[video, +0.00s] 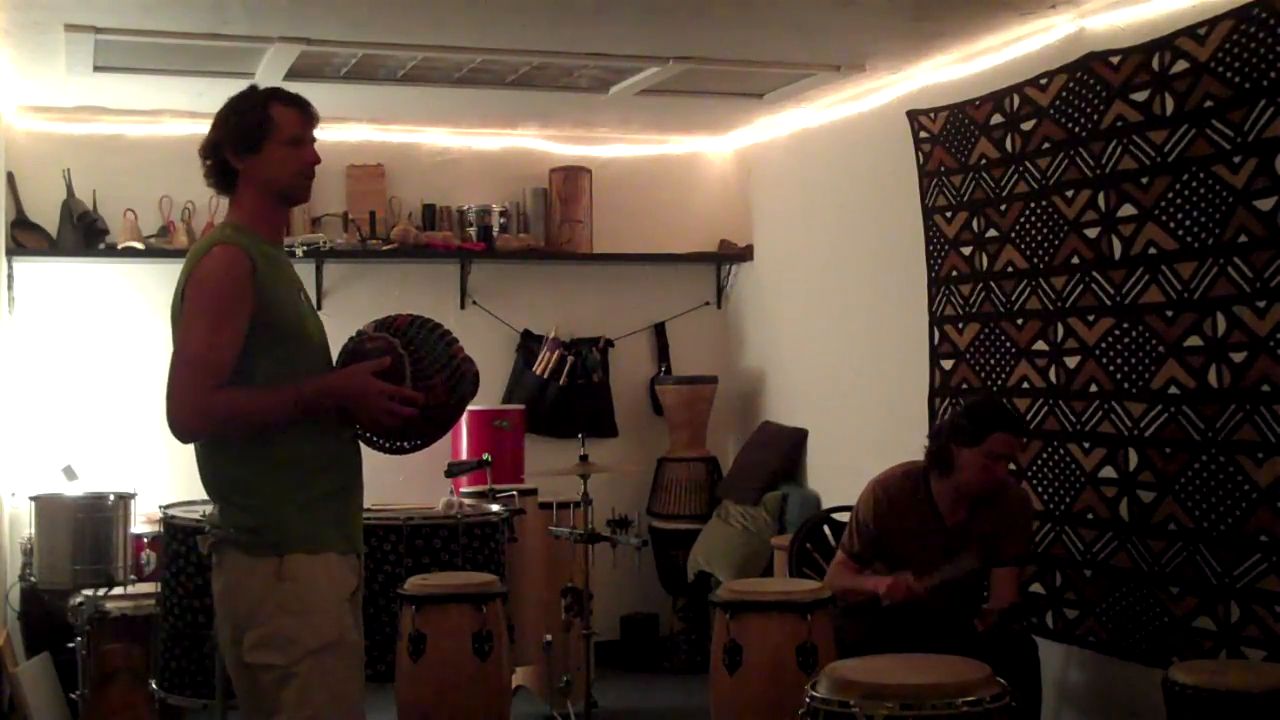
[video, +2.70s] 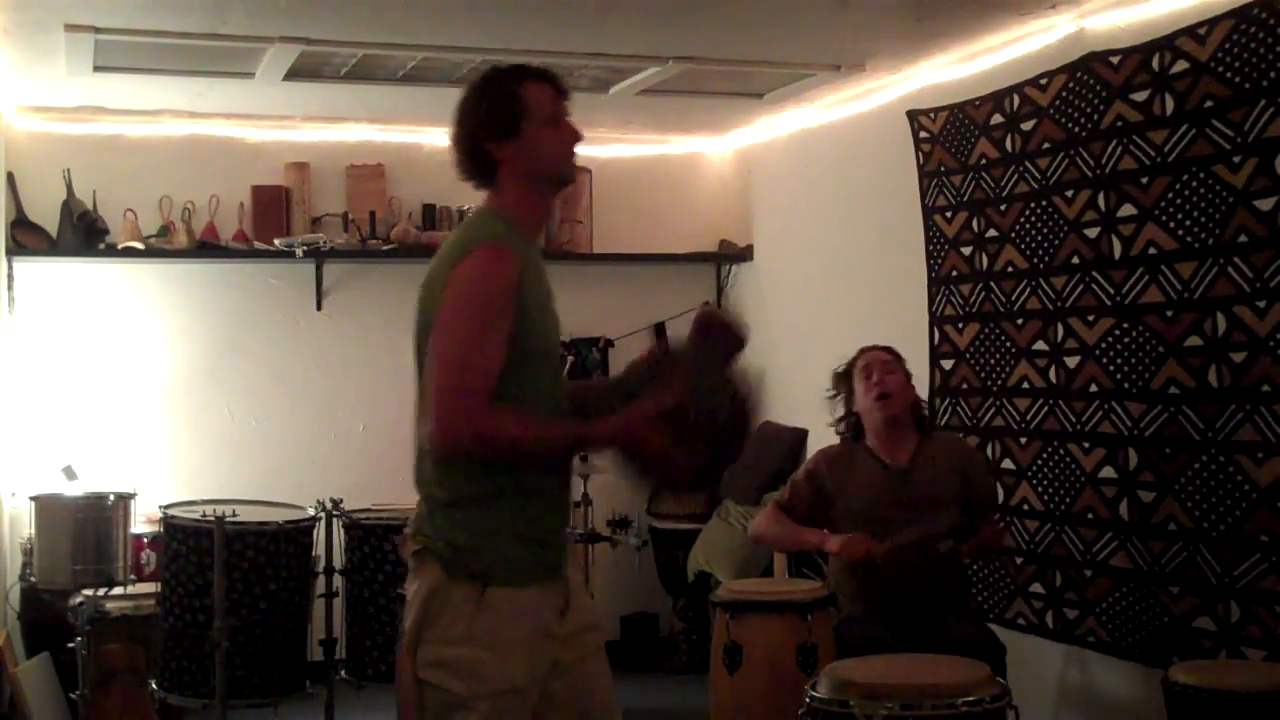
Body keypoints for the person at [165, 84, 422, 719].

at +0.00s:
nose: (316, 155)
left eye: (313, 141)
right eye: (298, 143)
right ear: (244, 156)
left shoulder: (267, 261)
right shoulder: (228, 259)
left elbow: (265, 395)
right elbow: (189, 411)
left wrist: (355, 376)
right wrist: (331, 393)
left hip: (308, 556)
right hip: (281, 562)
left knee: (316, 705)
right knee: (305, 707)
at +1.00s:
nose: (358, 145)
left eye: (355, 131)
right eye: (339, 133)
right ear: (286, 152)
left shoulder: (307, 257)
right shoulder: (279, 259)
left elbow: (324, 414)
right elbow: (233, 414)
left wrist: (418, 417)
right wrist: (384, 449)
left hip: (329, 560)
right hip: (309, 566)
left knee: (329, 707)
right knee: (340, 708)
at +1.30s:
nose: (411, 130)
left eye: (403, 117)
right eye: (390, 120)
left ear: (358, 147)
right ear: (341, 146)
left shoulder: (389, 251)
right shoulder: (317, 252)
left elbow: (375, 400)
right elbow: (248, 404)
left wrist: (464, 401)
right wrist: (407, 437)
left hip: (381, 550)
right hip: (333, 559)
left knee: (388, 704)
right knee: (360, 707)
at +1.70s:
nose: (484, 125)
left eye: (476, 111)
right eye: (462, 114)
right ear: (408, 140)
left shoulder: (444, 243)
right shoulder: (371, 267)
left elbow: (436, 377)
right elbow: (341, 445)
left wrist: (536, 356)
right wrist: (498, 426)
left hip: (431, 555)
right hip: (377, 569)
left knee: (437, 705)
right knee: (393, 709)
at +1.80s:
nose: (485, 119)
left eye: (478, 106)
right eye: (465, 108)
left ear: (423, 138)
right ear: (409, 135)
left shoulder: (430, 244)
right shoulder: (394, 255)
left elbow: (454, 358)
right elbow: (409, 444)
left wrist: (563, 348)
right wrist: (566, 416)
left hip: (438, 559)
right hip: (390, 572)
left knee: (474, 702)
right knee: (412, 709)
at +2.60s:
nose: (545, 136)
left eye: (539, 122)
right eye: (525, 124)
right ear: (472, 144)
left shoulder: (487, 255)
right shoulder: (471, 263)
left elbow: (499, 403)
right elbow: (434, 438)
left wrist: (594, 414)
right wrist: (577, 492)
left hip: (527, 570)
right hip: (472, 581)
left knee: (575, 713)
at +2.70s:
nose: (575, 131)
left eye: (568, 118)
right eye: (557, 119)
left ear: (514, 148)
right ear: (503, 145)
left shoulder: (515, 253)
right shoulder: (488, 255)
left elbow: (521, 401)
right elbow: (457, 421)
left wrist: (625, 391)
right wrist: (609, 429)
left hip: (537, 577)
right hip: (478, 586)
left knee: (588, 712)